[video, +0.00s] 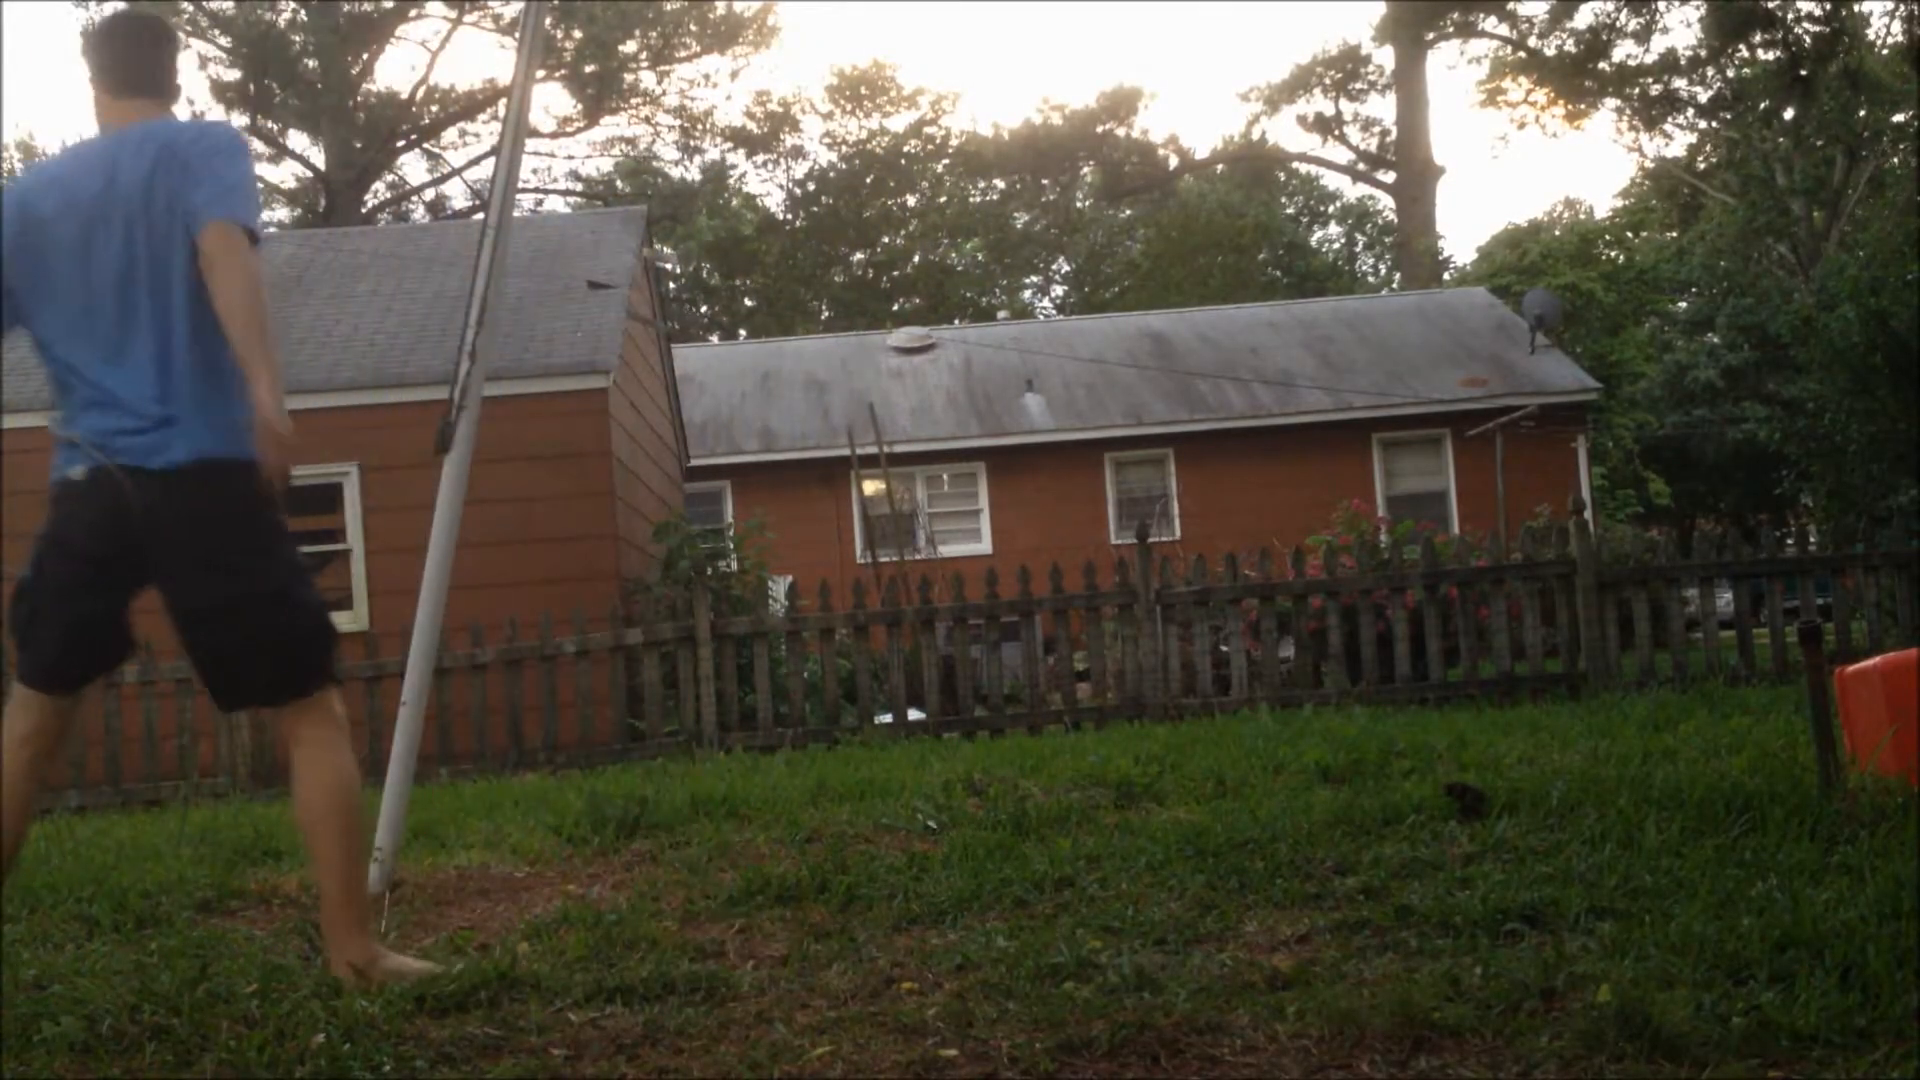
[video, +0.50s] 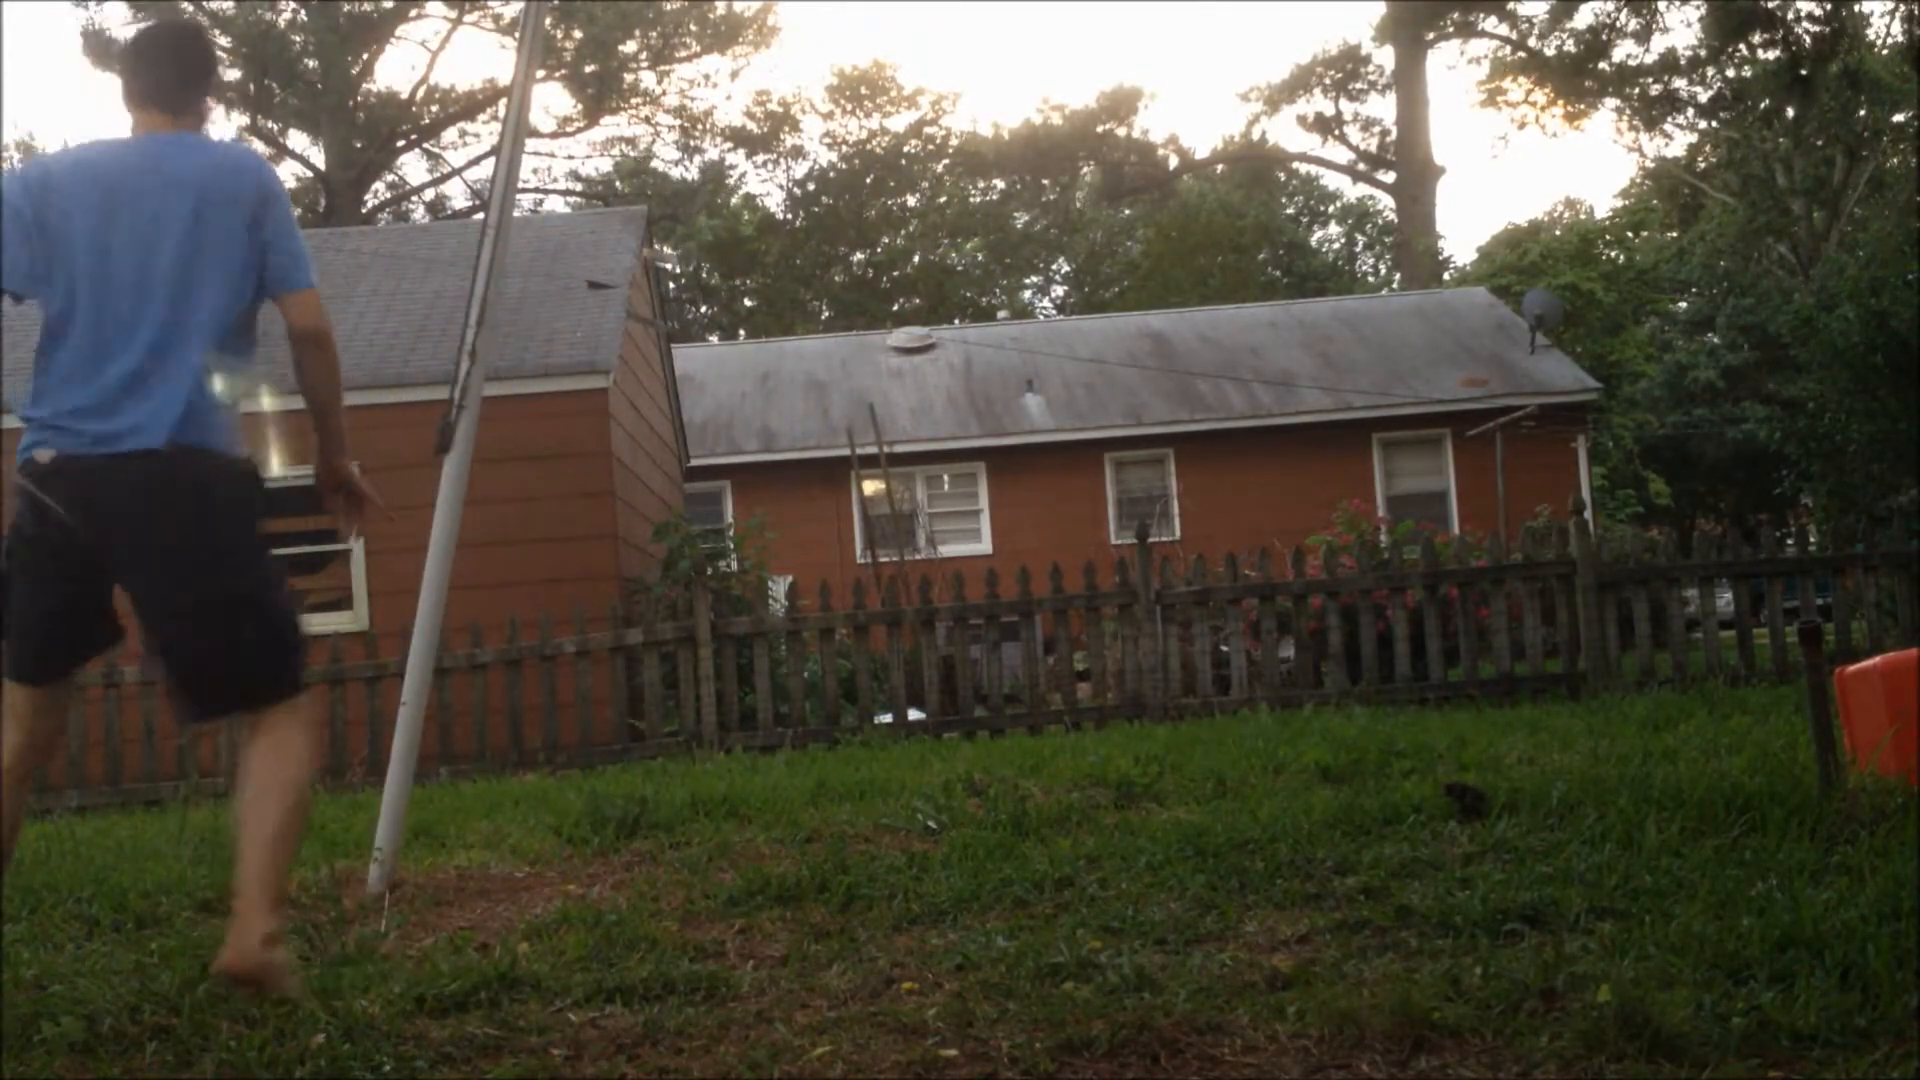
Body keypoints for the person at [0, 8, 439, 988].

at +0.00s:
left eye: (110, 72)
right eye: (168, 75)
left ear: (93, 81)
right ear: (176, 79)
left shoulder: (27, 197)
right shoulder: (204, 144)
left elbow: (6, 319)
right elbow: (222, 248)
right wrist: (268, 396)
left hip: (90, 499)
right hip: (211, 493)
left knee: (28, 724)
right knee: (311, 715)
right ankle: (353, 947)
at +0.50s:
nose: (189, 106)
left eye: (142, 84)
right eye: (206, 91)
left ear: (126, 91)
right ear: (208, 94)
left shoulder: (48, 182)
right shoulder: (245, 177)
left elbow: (2, 289)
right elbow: (309, 324)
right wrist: (333, 457)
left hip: (59, 482)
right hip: (191, 484)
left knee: (20, 722)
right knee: (279, 709)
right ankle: (253, 932)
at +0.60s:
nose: (284, 143)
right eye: (283, 129)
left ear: (194, 117)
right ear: (265, 118)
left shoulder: (85, 203)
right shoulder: (275, 184)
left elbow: (4, 306)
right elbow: (294, 323)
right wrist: (337, 467)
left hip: (74, 489)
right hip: (201, 483)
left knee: (47, 730)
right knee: (351, 680)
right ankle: (338, 930)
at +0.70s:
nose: (372, 161)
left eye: (376, 143)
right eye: (368, 141)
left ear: (274, 130)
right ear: (325, 128)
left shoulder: (185, 212)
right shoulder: (315, 190)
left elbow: (74, 347)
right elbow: (293, 315)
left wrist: (112, 462)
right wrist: (362, 473)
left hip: (113, 487)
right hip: (215, 482)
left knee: (81, 743)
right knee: (418, 686)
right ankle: (474, 930)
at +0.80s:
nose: (458, 149)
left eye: (458, 129)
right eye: (450, 129)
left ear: (372, 130)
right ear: (400, 125)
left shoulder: (306, 203)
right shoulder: (367, 190)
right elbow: (310, 324)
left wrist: (365, 495)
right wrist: (386, 467)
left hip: (212, 503)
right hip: (280, 500)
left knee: (154, 741)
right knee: (471, 697)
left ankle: (6, 886)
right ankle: (504, 955)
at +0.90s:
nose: (535, 132)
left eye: (533, 112)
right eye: (524, 111)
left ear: (461, 115)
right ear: (466, 112)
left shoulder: (439, 208)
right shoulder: (406, 188)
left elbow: (385, 346)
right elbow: (345, 322)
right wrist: (415, 464)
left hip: (355, 501)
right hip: (359, 498)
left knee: (337, 744)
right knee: (539, 701)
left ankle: (98, 873)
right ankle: (516, 957)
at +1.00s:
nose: (579, 87)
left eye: (576, 66)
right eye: (566, 66)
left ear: (510, 74)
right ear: (507, 73)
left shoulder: (497, 182)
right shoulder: (442, 163)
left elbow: (470, 335)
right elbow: (376, 303)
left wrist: (514, 463)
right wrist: (429, 430)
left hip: (474, 470)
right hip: (434, 473)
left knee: (521, 705)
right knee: (563, 699)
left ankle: (330, 811)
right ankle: (519, 957)